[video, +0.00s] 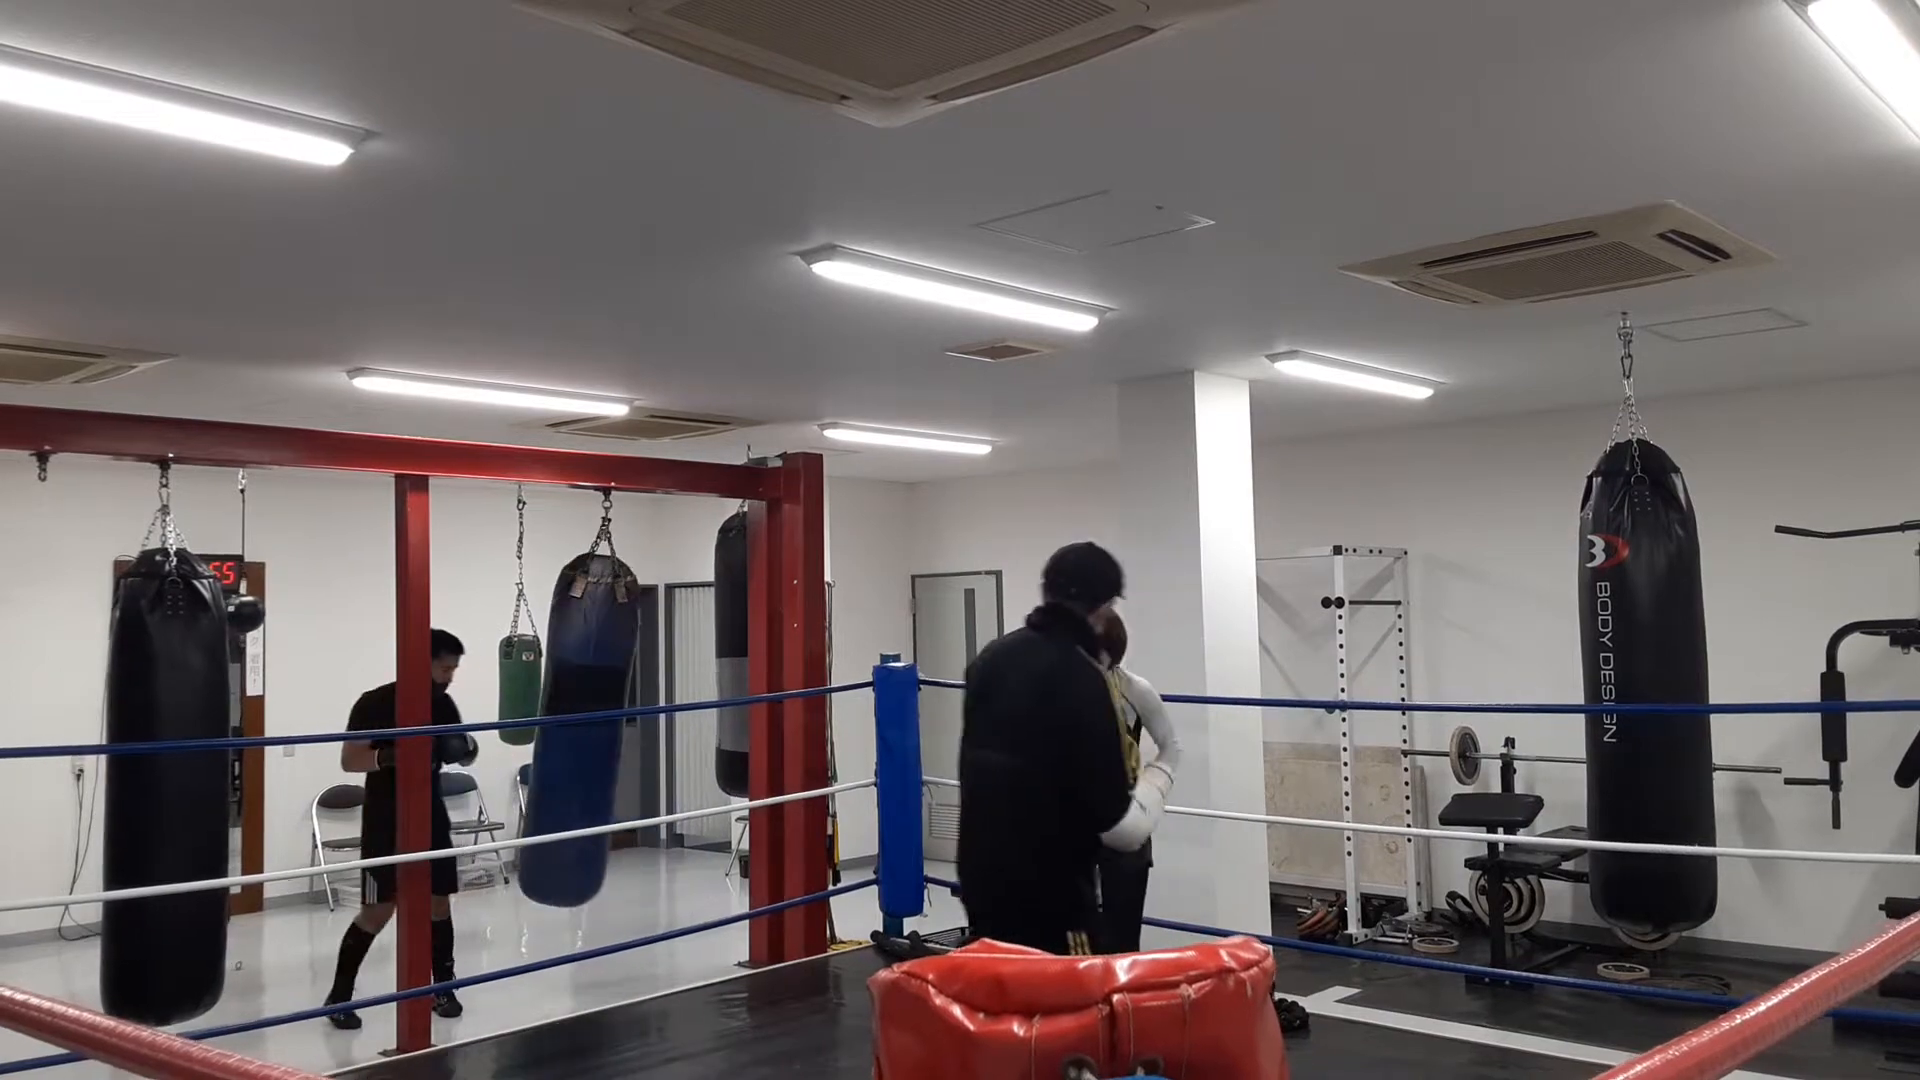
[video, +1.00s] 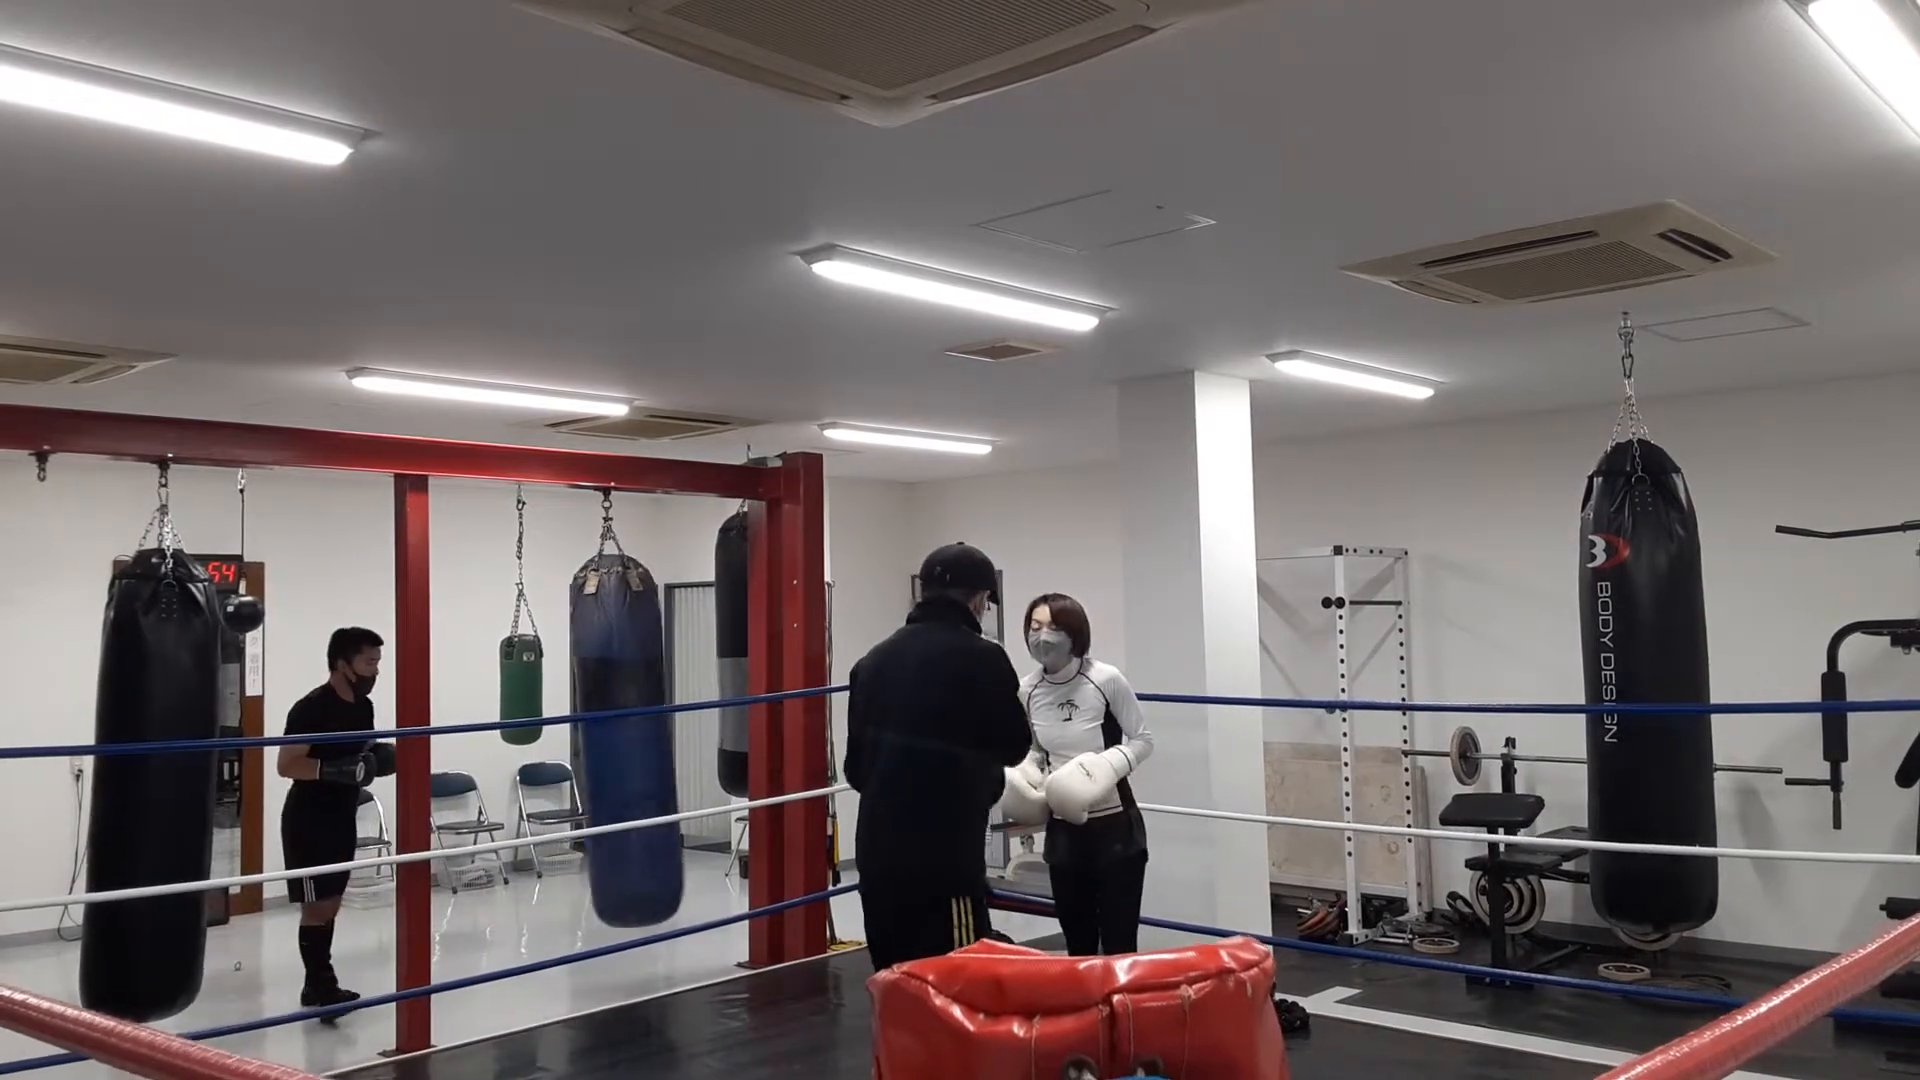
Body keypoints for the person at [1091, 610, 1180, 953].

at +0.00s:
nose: (1089, 660)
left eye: (1096, 650)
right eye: (1083, 650)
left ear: (1111, 650)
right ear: (1075, 648)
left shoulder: (1135, 690)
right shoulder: (1063, 691)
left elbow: (1169, 747)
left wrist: (1150, 785)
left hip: (1122, 824)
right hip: (1071, 825)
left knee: (1119, 937)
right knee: (1076, 931)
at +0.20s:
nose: (1082, 645)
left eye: (1093, 636)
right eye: (1074, 635)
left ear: (1113, 641)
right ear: (1063, 639)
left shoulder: (1137, 686)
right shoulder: (1051, 684)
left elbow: (1161, 748)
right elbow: (1030, 743)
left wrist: (1131, 779)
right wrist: (1059, 781)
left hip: (1122, 832)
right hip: (1064, 829)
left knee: (1122, 944)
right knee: (1068, 943)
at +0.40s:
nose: (1065, 642)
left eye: (1075, 634)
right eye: (1057, 632)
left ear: (1096, 639)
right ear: (1048, 638)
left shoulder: (1127, 686)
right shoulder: (1038, 688)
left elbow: (1150, 746)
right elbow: (1022, 749)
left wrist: (1121, 777)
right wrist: (1042, 780)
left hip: (1119, 829)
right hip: (1064, 830)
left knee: (1118, 947)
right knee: (1067, 947)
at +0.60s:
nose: (1048, 641)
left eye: (1059, 632)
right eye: (1040, 632)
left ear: (1080, 638)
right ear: (1033, 638)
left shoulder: (1114, 684)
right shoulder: (1031, 692)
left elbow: (1149, 742)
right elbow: (1036, 750)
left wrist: (1116, 771)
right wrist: (1037, 777)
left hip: (1117, 827)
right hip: (1063, 829)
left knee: (1116, 946)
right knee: (1066, 947)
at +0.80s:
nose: (1043, 637)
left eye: (1054, 628)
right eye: (1035, 628)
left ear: (1075, 634)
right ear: (1027, 634)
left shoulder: (1108, 681)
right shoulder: (1029, 690)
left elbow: (1145, 741)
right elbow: (1037, 750)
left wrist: (1106, 769)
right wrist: (1030, 776)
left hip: (1114, 827)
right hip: (1062, 830)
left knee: (1117, 945)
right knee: (1073, 947)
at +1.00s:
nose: (1042, 636)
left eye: (1053, 628)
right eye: (1035, 627)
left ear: (1074, 634)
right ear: (1027, 634)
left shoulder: (1106, 680)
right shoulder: (1027, 690)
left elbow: (1143, 740)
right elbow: (1037, 749)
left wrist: (1105, 766)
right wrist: (1025, 774)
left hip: (1115, 826)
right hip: (1063, 831)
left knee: (1118, 946)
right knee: (1079, 948)